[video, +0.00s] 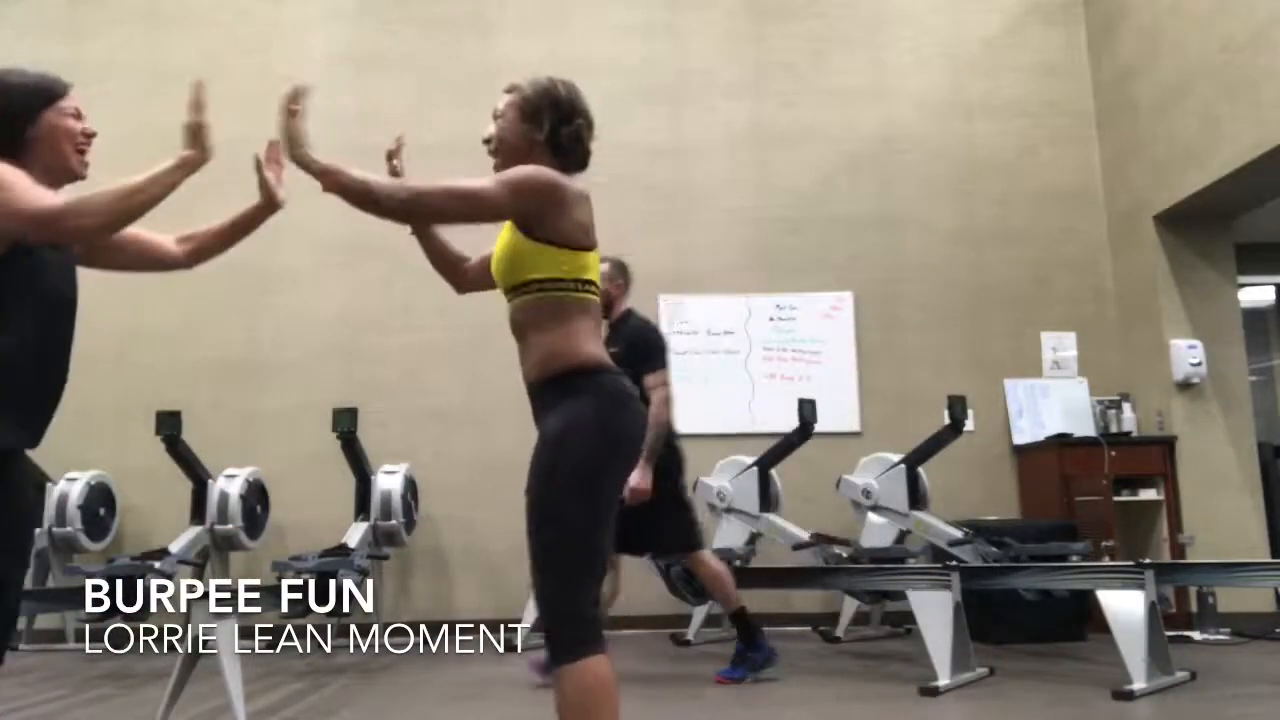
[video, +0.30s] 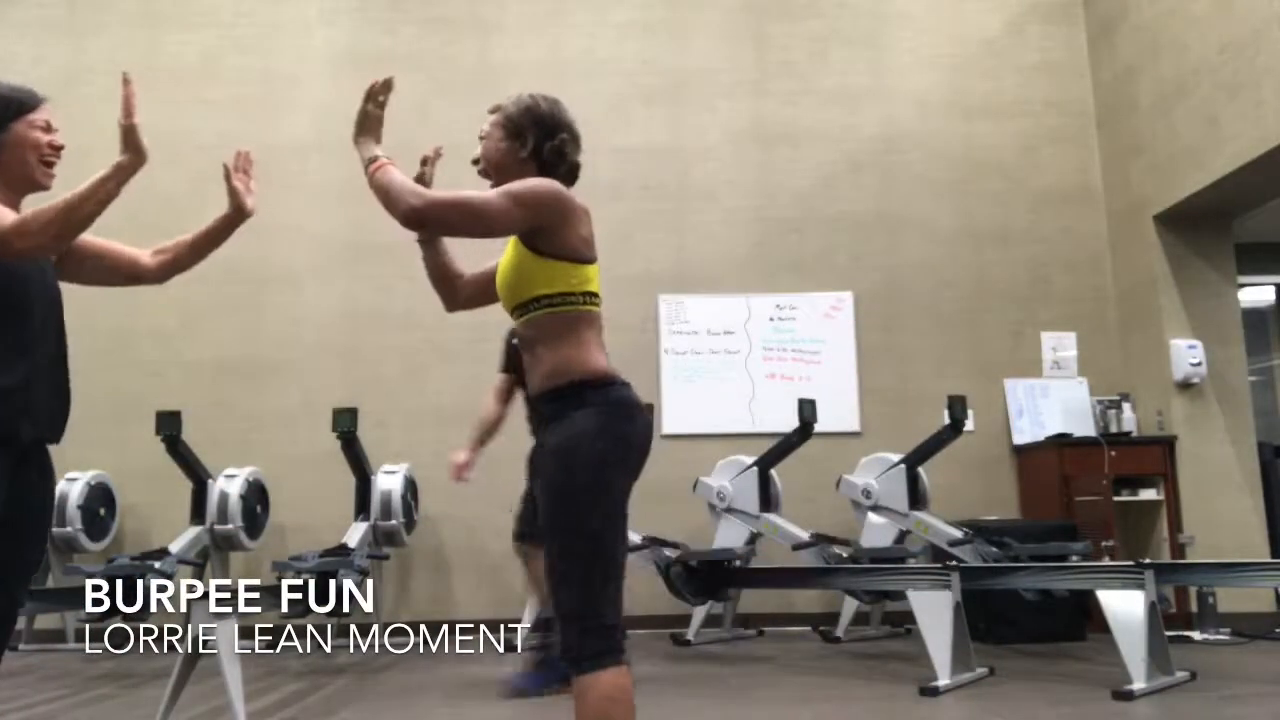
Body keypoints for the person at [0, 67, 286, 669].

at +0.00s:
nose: (88, 130)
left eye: (84, 117)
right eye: (73, 116)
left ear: (41, 130)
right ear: (27, 125)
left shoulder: (56, 222)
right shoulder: (7, 185)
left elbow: (176, 250)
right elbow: (61, 220)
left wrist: (264, 208)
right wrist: (189, 160)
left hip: (16, 453)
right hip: (4, 451)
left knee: (9, 628)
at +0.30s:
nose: (56, 142)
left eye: (55, 130)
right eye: (40, 128)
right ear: (1, 138)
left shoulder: (31, 237)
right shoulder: (2, 225)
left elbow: (151, 264)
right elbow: (32, 237)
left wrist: (233, 218)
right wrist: (127, 165)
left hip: (26, 454)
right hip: (4, 452)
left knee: (9, 613)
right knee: (8, 608)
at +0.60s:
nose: (63, 136)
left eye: (64, 126)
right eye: (48, 122)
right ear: (5, 129)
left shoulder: (46, 229)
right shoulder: (1, 204)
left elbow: (170, 262)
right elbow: (67, 227)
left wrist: (244, 202)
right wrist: (159, 147)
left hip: (37, 457)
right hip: (4, 453)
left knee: (8, 643)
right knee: (3, 644)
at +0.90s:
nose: (111, 127)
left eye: (107, 116)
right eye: (96, 116)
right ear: (51, 126)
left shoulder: (97, 203)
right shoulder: (16, 175)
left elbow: (215, 197)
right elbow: (148, 134)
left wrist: (298, 145)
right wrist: (256, 76)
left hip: (24, 449)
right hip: (5, 446)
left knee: (7, 618)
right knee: (4, 617)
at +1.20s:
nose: (104, 218)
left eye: (112, 207)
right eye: (102, 202)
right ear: (62, 176)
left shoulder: (61, 237)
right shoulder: (14, 228)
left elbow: (150, 255)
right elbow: (13, 179)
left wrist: (232, 246)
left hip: (18, 469)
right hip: (3, 468)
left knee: (3, 621)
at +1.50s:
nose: (170, 439)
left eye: (182, 428)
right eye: (179, 424)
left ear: (155, 383)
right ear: (164, 403)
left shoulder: (112, 416)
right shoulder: (52, 393)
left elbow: (101, 522)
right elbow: (7, 505)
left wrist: (111, 615)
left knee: (25, 631)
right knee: (21, 631)